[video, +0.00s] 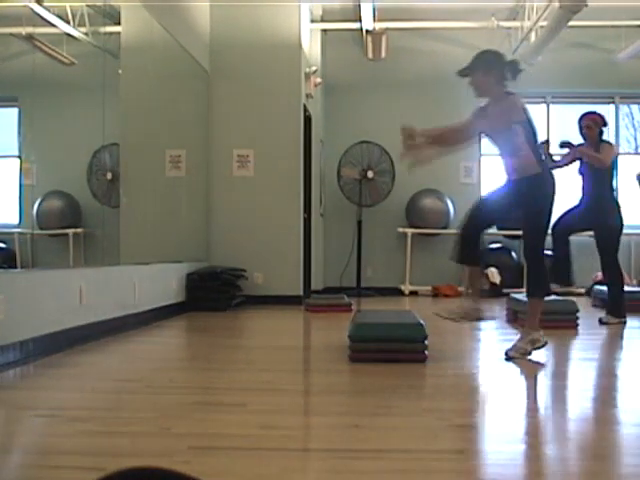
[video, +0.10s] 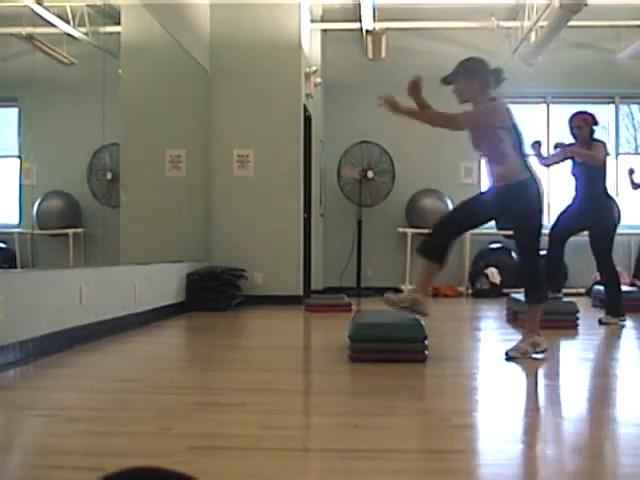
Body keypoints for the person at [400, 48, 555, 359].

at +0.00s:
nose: (471, 83)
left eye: (475, 76)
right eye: (470, 77)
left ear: (493, 75)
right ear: (487, 77)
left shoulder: (508, 106)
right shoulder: (487, 112)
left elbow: (466, 134)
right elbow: (460, 135)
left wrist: (428, 139)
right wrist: (424, 139)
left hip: (536, 186)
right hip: (516, 186)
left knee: (533, 254)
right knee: (472, 224)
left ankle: (533, 330)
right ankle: (474, 301)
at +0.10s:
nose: (454, 90)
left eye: (458, 84)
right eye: (454, 84)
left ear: (476, 82)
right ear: (474, 84)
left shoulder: (494, 110)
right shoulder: (482, 111)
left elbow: (450, 122)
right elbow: (447, 122)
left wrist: (404, 110)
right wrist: (420, 100)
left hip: (522, 193)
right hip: (499, 193)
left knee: (530, 264)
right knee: (445, 228)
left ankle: (533, 337)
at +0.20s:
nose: (438, 86)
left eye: (441, 79)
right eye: (437, 80)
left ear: (458, 77)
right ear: (457, 80)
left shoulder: (477, 105)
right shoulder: (461, 108)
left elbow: (442, 118)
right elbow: (428, 120)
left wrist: (402, 104)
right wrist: (399, 103)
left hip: (501, 187)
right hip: (476, 188)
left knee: (516, 257)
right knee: (427, 228)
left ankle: (530, 330)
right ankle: (411, 301)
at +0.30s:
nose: (421, 71)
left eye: (425, 64)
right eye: (420, 65)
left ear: (442, 62)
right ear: (433, 67)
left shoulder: (468, 87)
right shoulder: (436, 106)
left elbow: (449, 118)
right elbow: (410, 136)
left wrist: (422, 139)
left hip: (487, 170)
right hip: (458, 173)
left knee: (489, 244)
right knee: (424, 222)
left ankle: (507, 318)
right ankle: (410, 301)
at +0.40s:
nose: (406, 65)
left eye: (409, 58)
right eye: (404, 60)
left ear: (426, 54)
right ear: (420, 58)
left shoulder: (456, 78)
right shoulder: (422, 97)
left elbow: (479, 116)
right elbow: (420, 144)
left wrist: (470, 141)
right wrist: (402, 183)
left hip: (478, 159)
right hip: (449, 163)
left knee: (463, 222)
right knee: (424, 220)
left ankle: (472, 299)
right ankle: (411, 300)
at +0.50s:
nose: (393, 72)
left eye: (396, 65)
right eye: (392, 67)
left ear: (413, 61)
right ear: (410, 64)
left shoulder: (448, 84)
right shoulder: (414, 98)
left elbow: (497, 97)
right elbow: (440, 126)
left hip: (469, 164)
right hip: (441, 166)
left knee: (440, 213)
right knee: (413, 218)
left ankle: (443, 289)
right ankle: (409, 298)